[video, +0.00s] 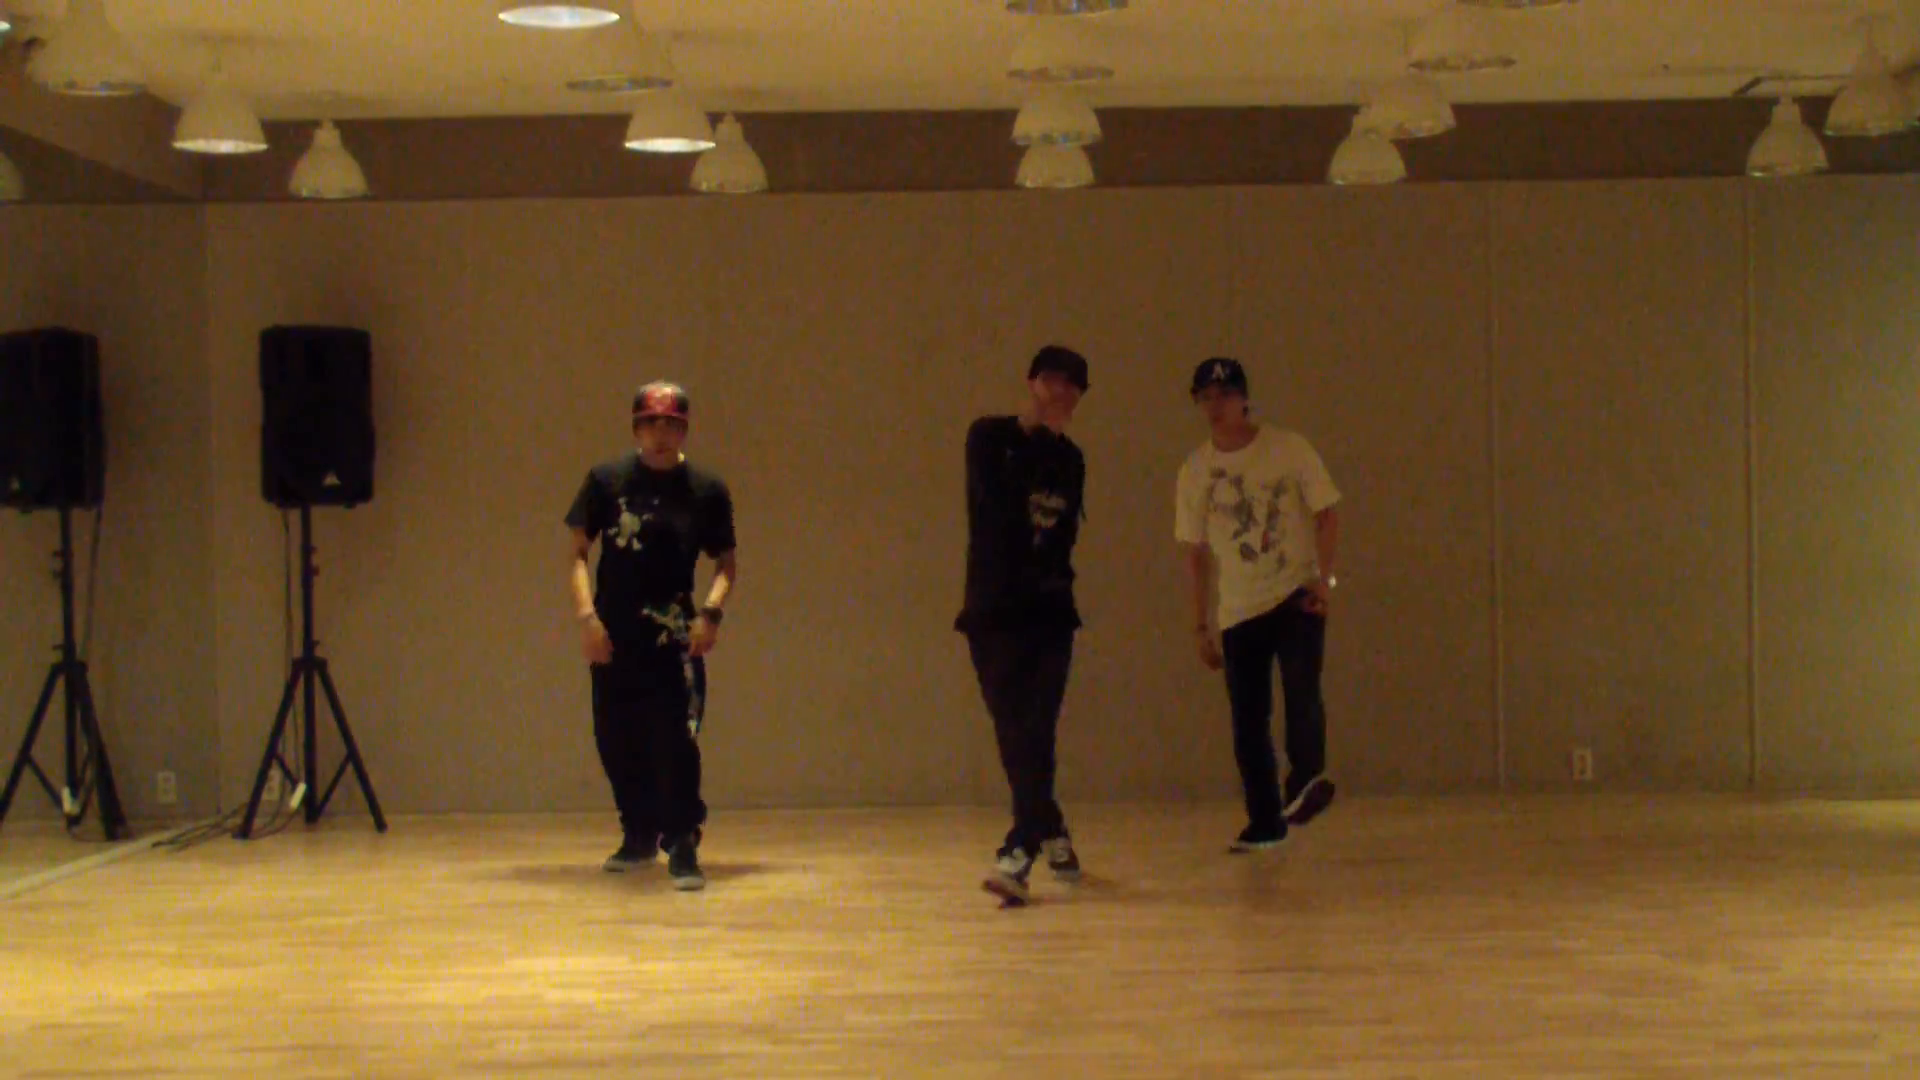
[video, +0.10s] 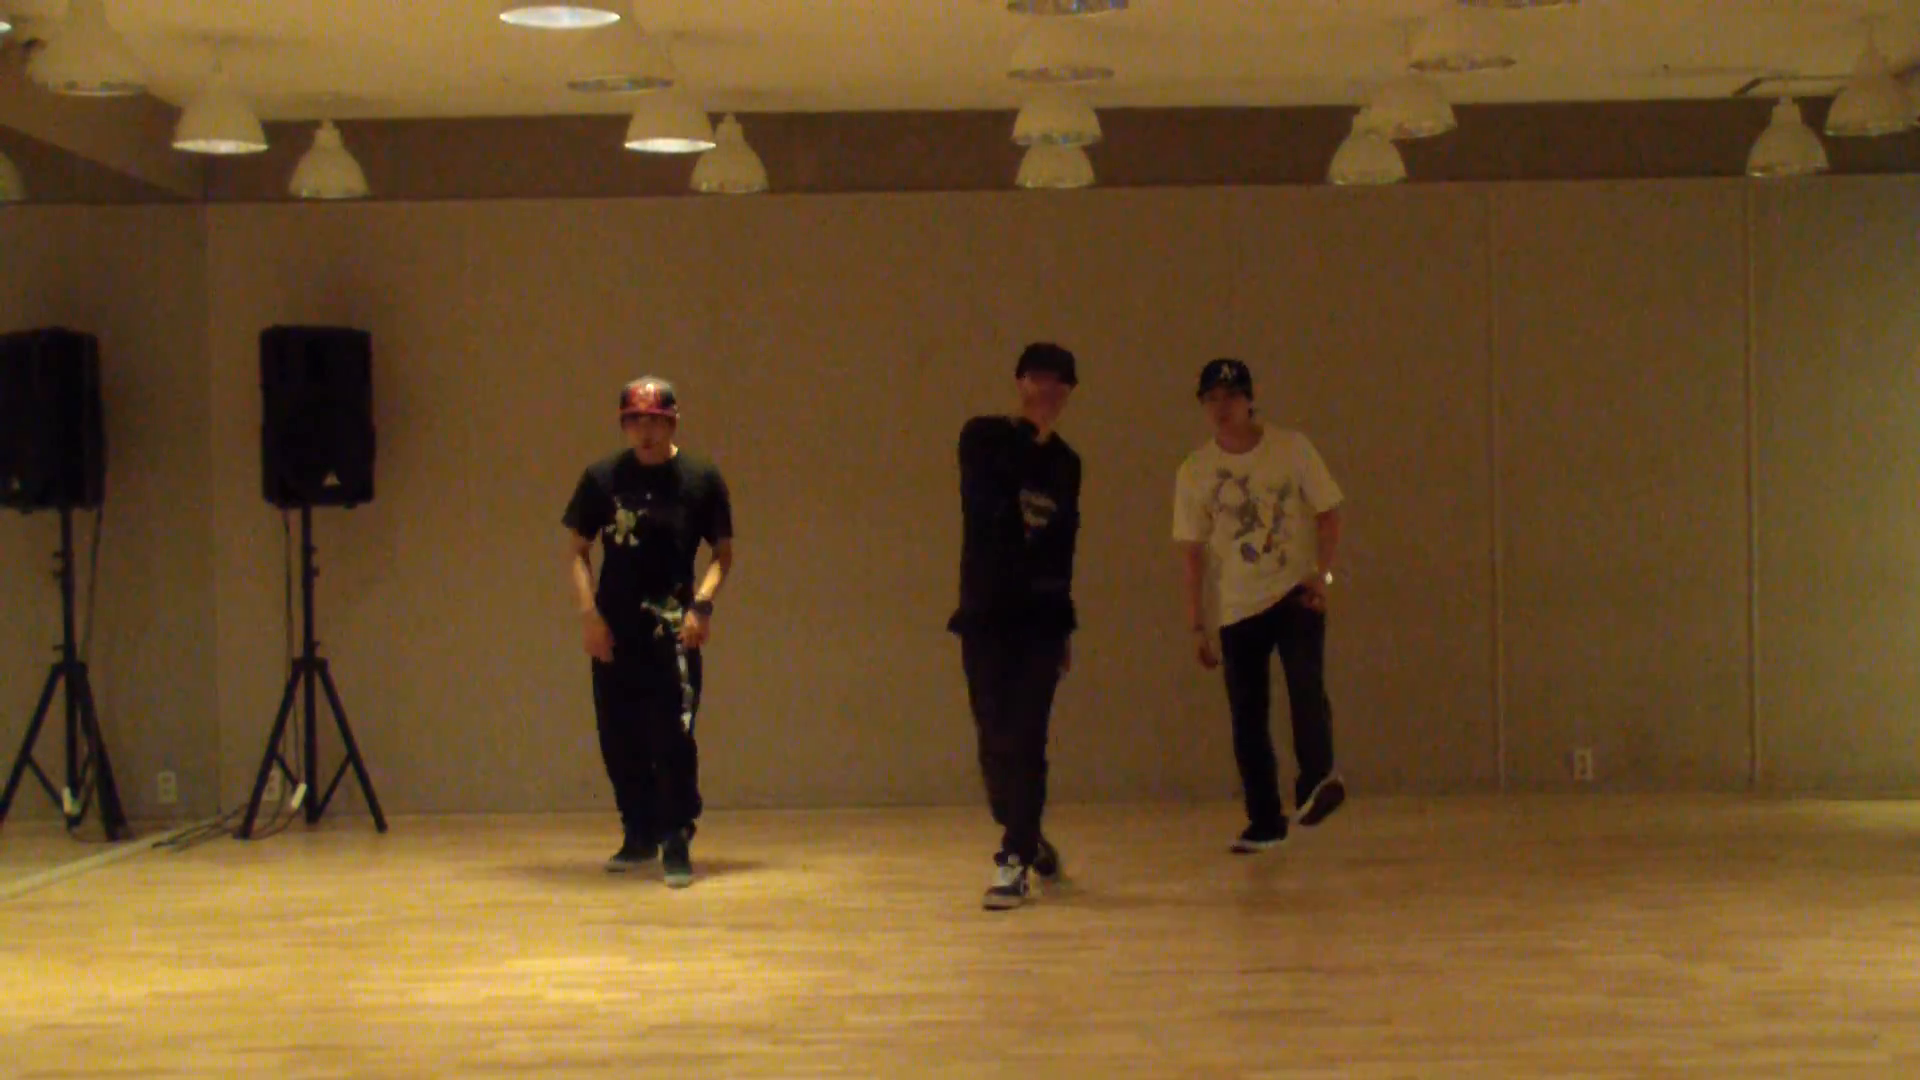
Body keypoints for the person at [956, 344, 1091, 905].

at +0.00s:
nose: (1065, 396)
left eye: (1074, 388)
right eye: (1057, 384)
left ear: (1080, 396)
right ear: (1033, 383)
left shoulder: (1071, 457)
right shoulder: (989, 435)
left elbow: (1064, 536)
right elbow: (985, 517)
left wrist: (1051, 594)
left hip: (1049, 612)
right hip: (993, 609)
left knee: (1037, 726)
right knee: (1012, 727)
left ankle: (1021, 844)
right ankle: (1052, 832)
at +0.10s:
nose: (1046, 390)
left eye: (1056, 382)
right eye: (1037, 379)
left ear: (1069, 392)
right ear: (1020, 383)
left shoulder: (1065, 461)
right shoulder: (982, 435)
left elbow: (1062, 551)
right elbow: (989, 493)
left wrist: (1062, 628)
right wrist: (1036, 436)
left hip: (1040, 617)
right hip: (985, 613)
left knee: (1026, 735)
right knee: (994, 735)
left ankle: (1014, 856)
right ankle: (1028, 837)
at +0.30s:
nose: (1000, 378)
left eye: (1011, 367)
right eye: (991, 367)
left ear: (1028, 372)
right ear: (974, 372)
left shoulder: (1062, 442)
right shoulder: (956, 437)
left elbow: (1080, 535)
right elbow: (923, 496)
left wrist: (1071, 616)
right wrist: (958, 429)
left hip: (1036, 612)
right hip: (972, 609)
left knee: (1021, 737)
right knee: (960, 732)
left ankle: (1015, 859)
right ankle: (967, 843)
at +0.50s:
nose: (969, 376)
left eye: (979, 366)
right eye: (959, 367)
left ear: (998, 370)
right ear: (945, 374)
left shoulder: (1041, 430)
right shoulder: (943, 448)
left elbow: (1078, 517)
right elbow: (937, 540)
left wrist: (1076, 599)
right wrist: (919, 501)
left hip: (1033, 605)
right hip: (967, 606)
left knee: (1023, 738)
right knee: (954, 732)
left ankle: (1016, 860)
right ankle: (949, 857)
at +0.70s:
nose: (968, 374)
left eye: (980, 365)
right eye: (958, 363)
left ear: (996, 374)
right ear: (941, 369)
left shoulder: (1031, 431)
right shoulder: (926, 452)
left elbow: (1077, 513)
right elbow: (926, 532)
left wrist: (1076, 583)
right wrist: (920, 595)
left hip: (1023, 609)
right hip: (956, 614)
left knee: (1018, 738)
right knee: (954, 739)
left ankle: (1015, 861)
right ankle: (957, 869)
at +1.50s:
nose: (952, 391)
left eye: (963, 380)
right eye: (942, 381)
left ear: (983, 384)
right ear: (928, 386)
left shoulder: (1022, 453)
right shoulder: (911, 458)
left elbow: (1053, 535)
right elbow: (891, 533)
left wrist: (1049, 578)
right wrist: (886, 565)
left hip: (1006, 625)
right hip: (937, 628)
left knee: (998, 747)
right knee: (948, 760)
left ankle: (1009, 853)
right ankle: (967, 885)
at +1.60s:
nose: (953, 402)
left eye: (963, 391)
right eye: (942, 393)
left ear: (982, 395)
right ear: (926, 399)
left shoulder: (1019, 459)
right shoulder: (911, 464)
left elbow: (1054, 541)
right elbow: (897, 551)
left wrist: (1044, 516)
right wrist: (889, 516)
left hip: (1005, 616)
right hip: (939, 623)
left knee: (983, 691)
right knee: (952, 760)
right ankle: (969, 884)